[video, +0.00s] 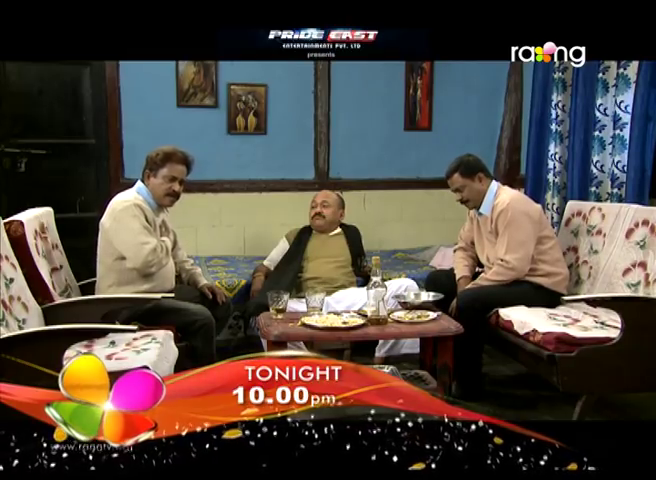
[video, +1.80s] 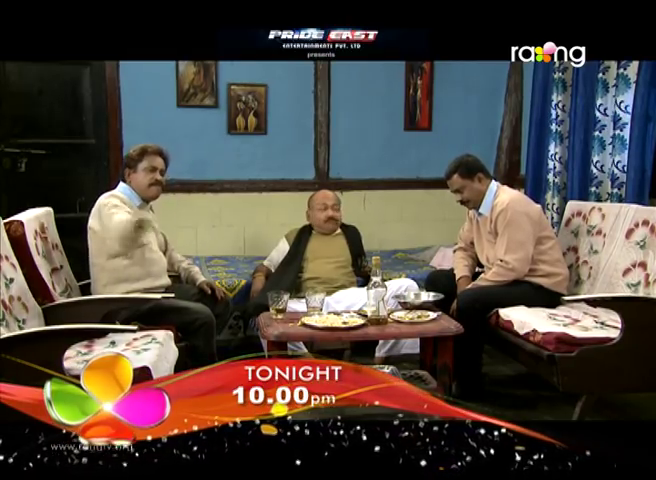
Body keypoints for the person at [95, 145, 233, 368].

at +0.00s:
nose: (177, 189)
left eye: (181, 183)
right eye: (171, 180)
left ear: (184, 185)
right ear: (149, 177)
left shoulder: (157, 215)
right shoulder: (125, 208)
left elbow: (179, 258)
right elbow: (144, 261)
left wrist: (202, 283)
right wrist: (166, 242)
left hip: (156, 296)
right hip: (127, 304)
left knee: (219, 304)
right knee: (200, 319)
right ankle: (203, 384)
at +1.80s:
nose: (159, 178)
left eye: (162, 173)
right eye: (151, 171)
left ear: (164, 178)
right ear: (129, 175)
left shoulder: (144, 210)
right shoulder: (110, 203)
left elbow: (170, 256)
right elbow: (121, 240)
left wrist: (199, 280)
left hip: (157, 293)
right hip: (126, 301)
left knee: (218, 302)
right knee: (201, 317)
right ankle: (203, 383)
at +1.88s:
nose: (160, 177)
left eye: (163, 173)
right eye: (152, 170)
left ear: (166, 177)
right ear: (131, 175)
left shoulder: (146, 211)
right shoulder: (112, 202)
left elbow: (168, 255)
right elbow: (112, 226)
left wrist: (199, 280)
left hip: (159, 293)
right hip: (126, 302)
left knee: (218, 302)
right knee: (201, 318)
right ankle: (204, 382)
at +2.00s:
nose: (159, 182)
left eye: (164, 177)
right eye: (152, 174)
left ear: (168, 181)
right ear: (132, 175)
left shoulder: (151, 213)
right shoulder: (108, 206)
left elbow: (172, 256)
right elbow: (86, 237)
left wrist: (200, 280)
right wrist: (62, 235)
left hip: (161, 295)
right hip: (127, 304)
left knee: (219, 303)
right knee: (199, 318)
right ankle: (203, 383)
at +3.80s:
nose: (171, 186)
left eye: (177, 181)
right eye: (164, 178)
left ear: (182, 185)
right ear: (146, 176)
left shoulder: (166, 212)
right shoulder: (118, 207)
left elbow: (176, 256)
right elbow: (87, 245)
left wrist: (200, 279)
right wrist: (86, 262)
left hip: (164, 298)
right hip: (128, 305)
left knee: (218, 301)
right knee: (199, 318)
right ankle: (205, 384)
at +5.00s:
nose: (168, 184)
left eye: (175, 179)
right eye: (162, 176)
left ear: (179, 183)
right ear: (143, 175)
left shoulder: (164, 210)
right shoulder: (117, 207)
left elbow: (177, 256)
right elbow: (85, 248)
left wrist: (201, 279)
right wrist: (94, 262)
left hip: (164, 295)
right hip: (128, 304)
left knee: (218, 302)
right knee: (200, 318)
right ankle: (206, 385)